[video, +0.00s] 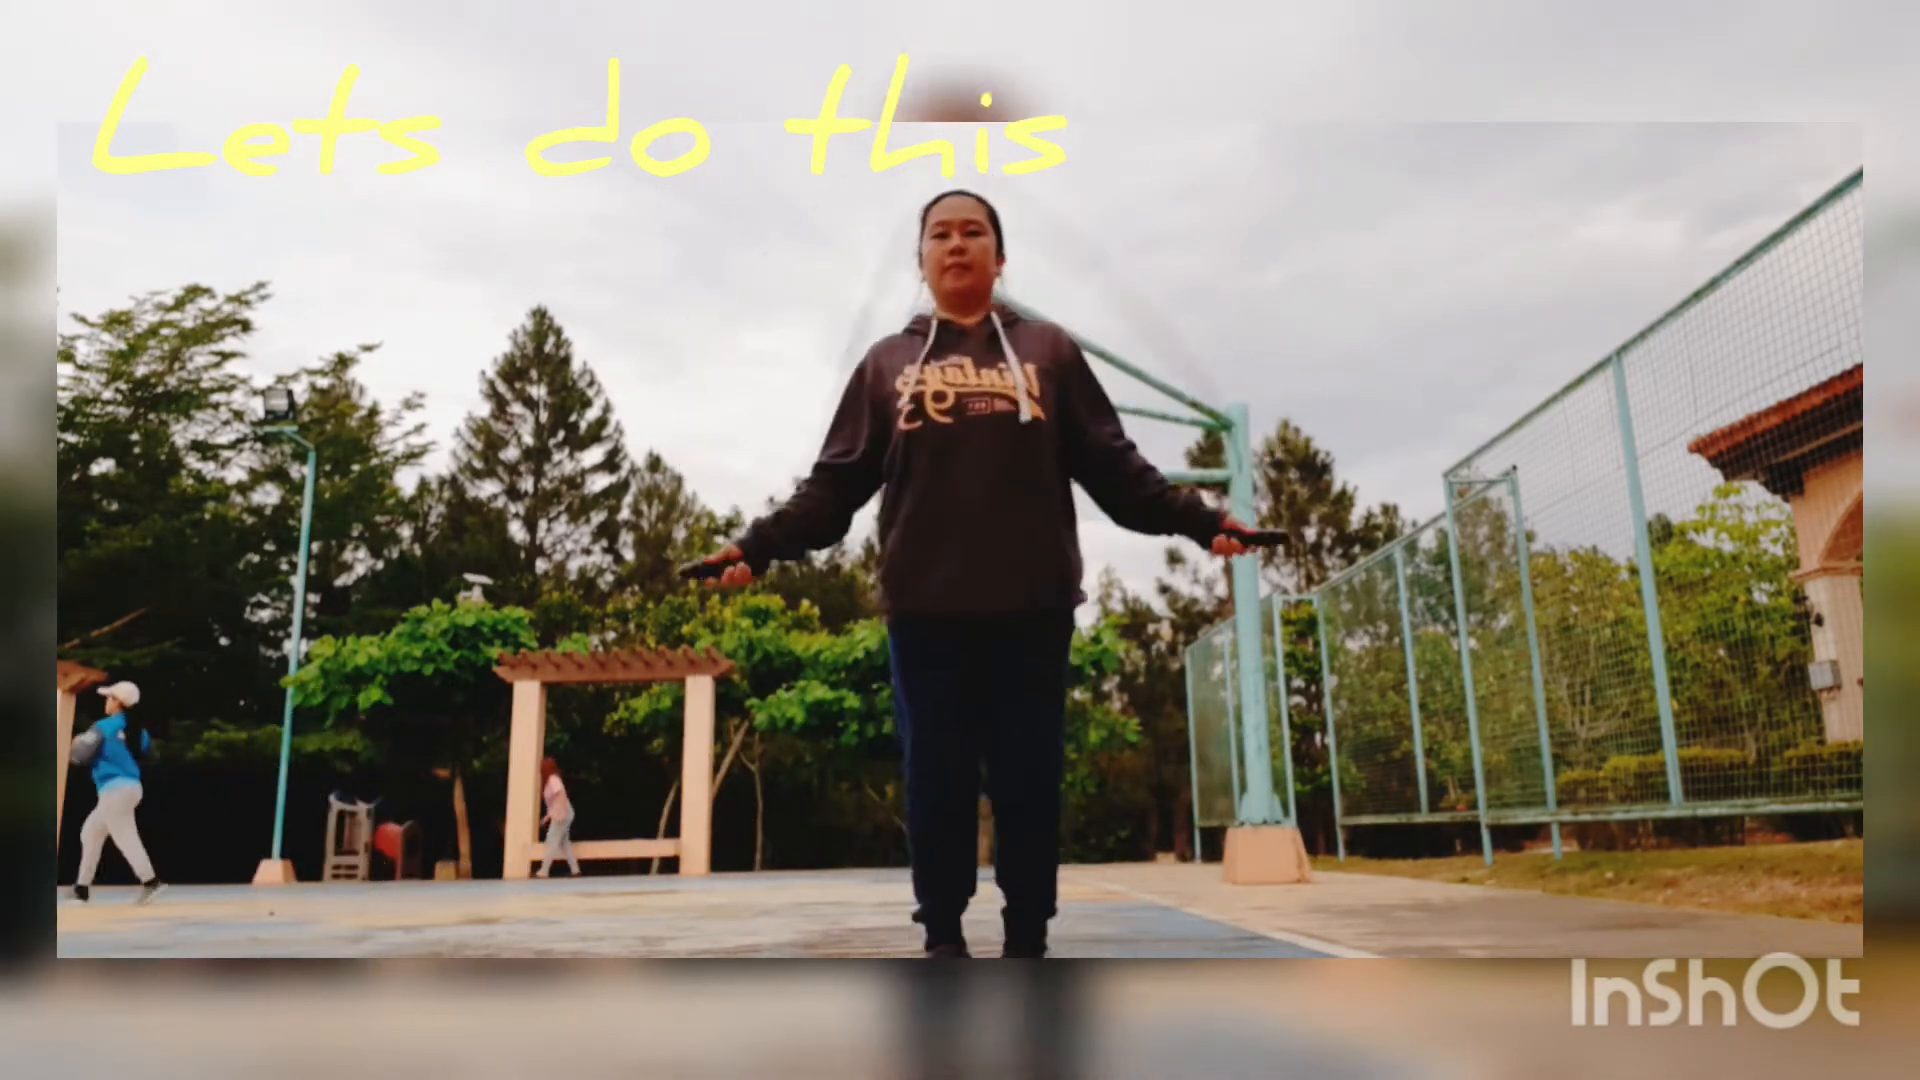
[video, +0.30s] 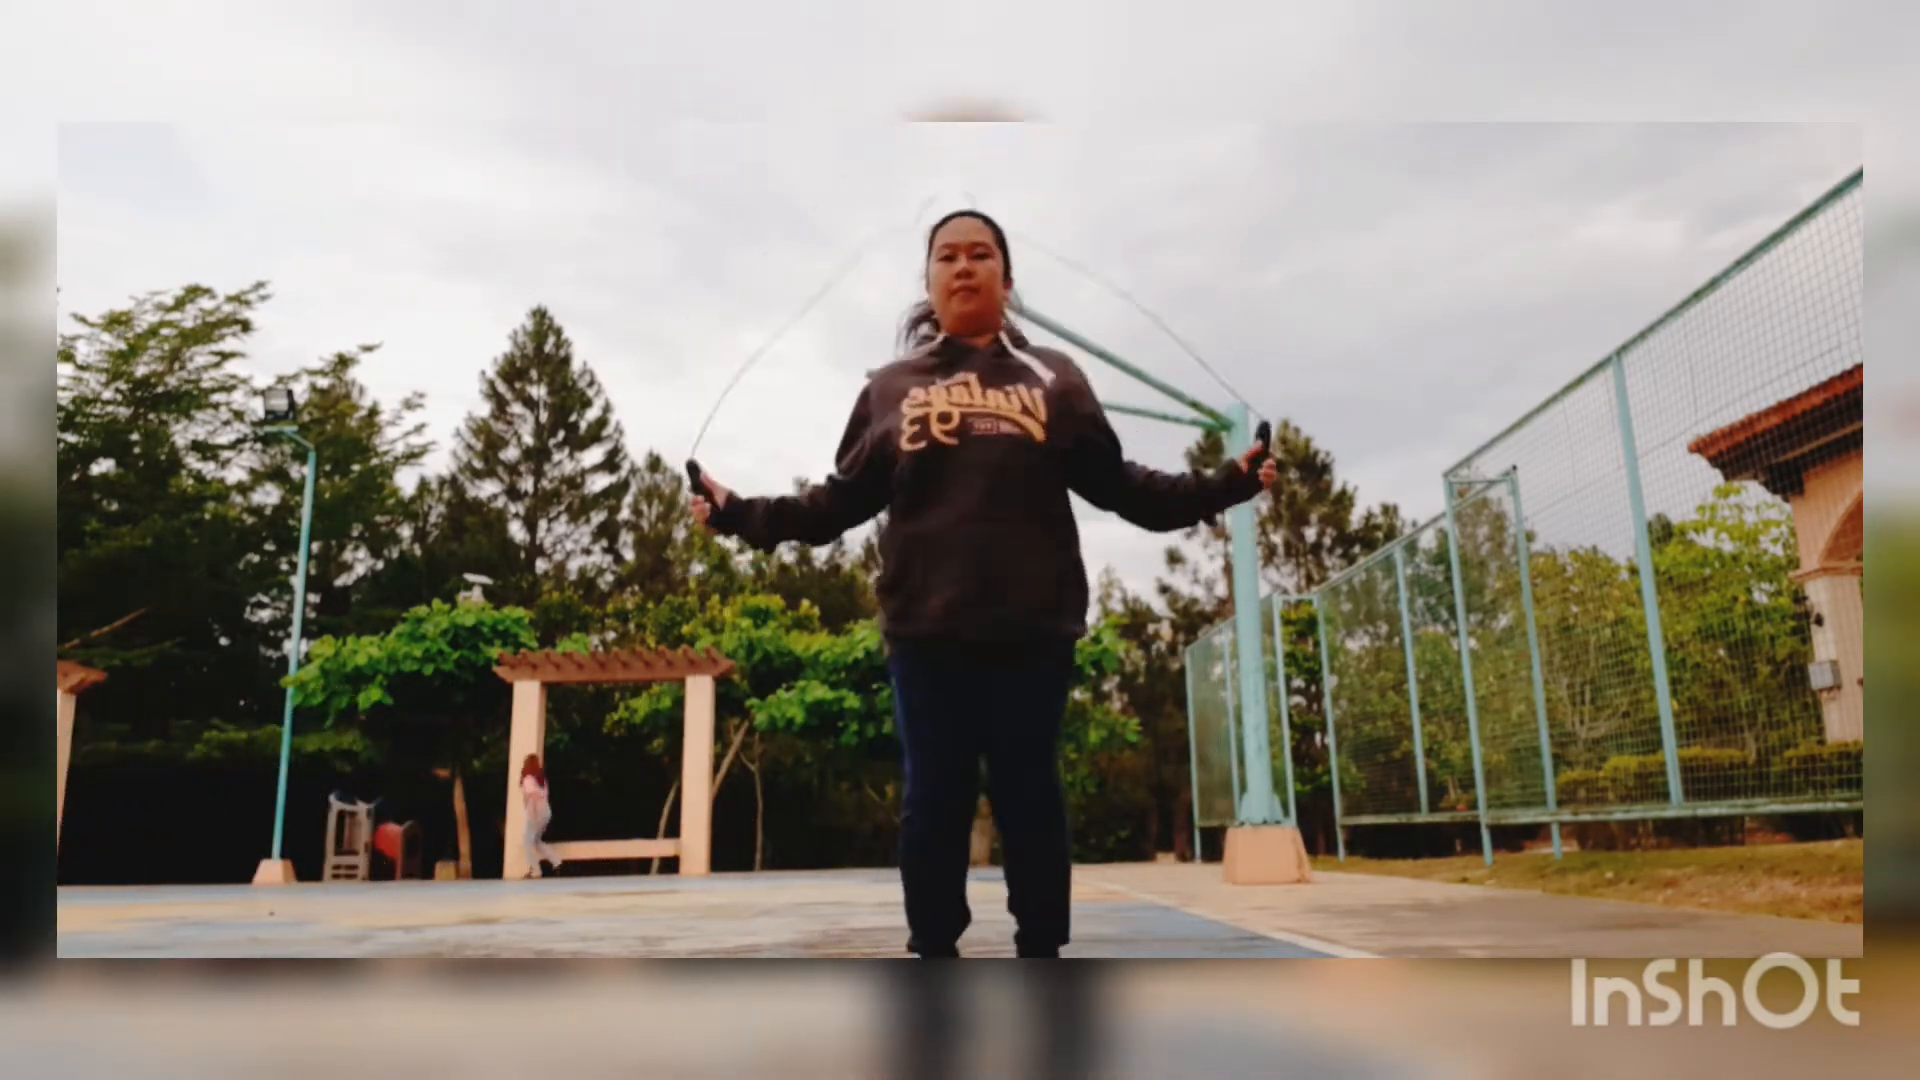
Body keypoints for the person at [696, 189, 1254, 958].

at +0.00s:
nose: (958, 245)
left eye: (972, 233)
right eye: (943, 235)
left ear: (999, 255)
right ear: (922, 258)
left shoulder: (1050, 353)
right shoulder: (887, 364)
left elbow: (1114, 469)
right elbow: (834, 487)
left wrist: (1201, 518)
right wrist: (755, 547)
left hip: (1033, 603)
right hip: (927, 606)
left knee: (1029, 776)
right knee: (936, 778)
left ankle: (1027, 941)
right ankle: (942, 942)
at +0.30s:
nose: (965, 267)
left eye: (981, 255)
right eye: (949, 257)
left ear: (1007, 280)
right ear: (929, 282)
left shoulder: (1054, 379)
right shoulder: (892, 386)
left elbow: (1119, 486)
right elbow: (842, 500)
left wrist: (1228, 486)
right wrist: (738, 514)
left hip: (1033, 621)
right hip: (927, 625)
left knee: (1029, 792)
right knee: (934, 796)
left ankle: (1042, 954)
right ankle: (934, 956)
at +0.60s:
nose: (964, 205)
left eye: (980, 192)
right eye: (949, 193)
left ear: (1006, 214)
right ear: (928, 215)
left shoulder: (1056, 312)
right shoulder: (889, 324)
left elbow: (1115, 425)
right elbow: (837, 445)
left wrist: (1187, 497)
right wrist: (770, 531)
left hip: (1031, 548)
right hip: (929, 549)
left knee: (1023, 721)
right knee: (941, 721)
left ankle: (1020, 912)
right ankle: (954, 910)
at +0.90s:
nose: (967, 258)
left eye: (982, 247)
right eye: (952, 248)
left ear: (1009, 269)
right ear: (931, 271)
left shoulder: (1056, 365)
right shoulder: (894, 374)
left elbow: (1119, 481)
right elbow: (845, 492)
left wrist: (1204, 508)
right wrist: (770, 529)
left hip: (1034, 618)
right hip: (926, 621)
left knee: (1033, 790)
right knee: (932, 793)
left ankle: (1032, 949)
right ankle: (942, 951)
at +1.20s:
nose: (971, 220)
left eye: (986, 208)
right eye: (955, 208)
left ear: (1012, 229)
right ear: (933, 228)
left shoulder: (1058, 328)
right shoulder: (896, 337)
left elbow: (1120, 450)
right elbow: (842, 461)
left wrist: (1220, 475)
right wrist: (755, 505)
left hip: (1034, 577)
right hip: (928, 582)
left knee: (1033, 757)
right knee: (940, 757)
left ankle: (1038, 938)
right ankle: (950, 934)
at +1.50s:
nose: (966, 209)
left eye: (982, 197)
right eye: (952, 199)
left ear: (1010, 220)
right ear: (931, 223)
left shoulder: (1062, 311)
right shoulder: (895, 325)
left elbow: (1122, 435)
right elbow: (849, 452)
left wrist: (1195, 513)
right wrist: (782, 544)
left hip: (1039, 558)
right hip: (934, 563)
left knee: (1031, 738)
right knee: (947, 744)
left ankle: (1036, 923)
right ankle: (960, 925)